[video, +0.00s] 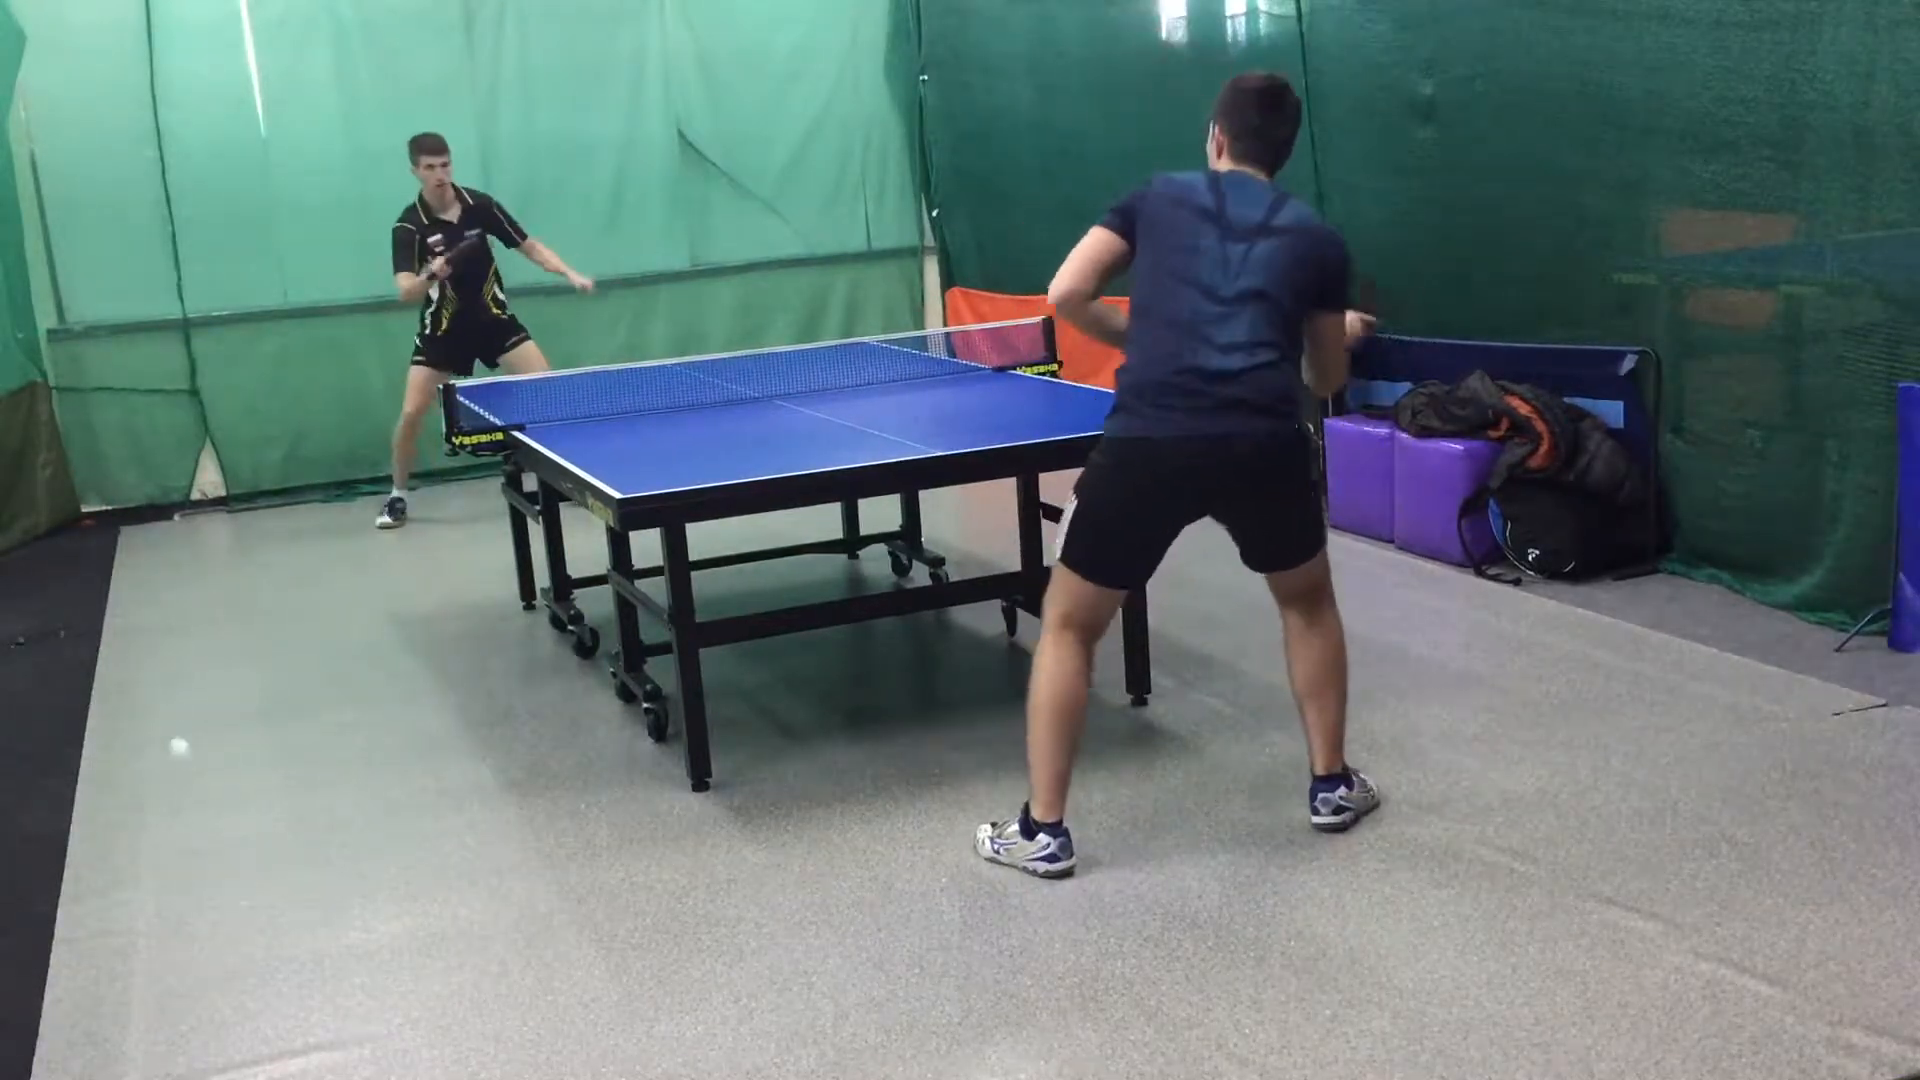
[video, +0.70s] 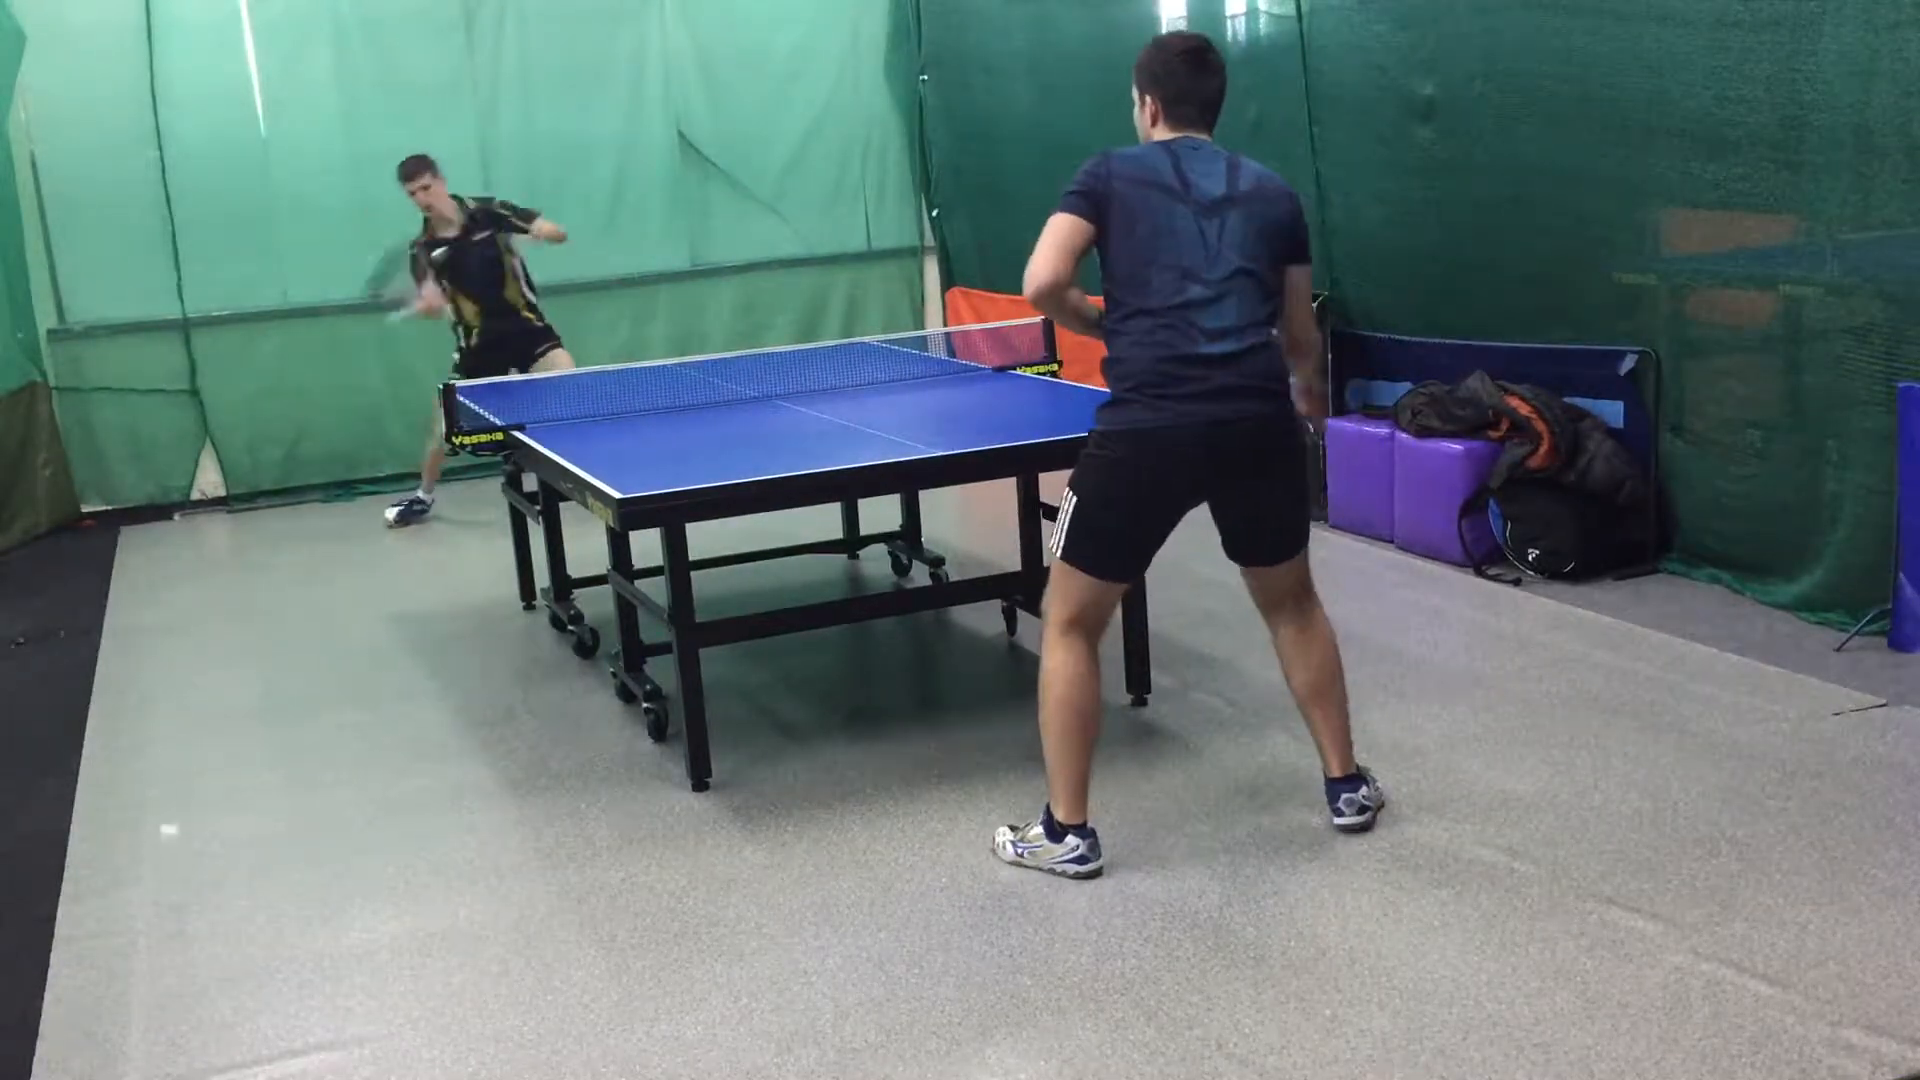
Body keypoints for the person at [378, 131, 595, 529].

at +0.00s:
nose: (441, 174)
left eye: (445, 166)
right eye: (431, 168)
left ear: (452, 165)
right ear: (416, 172)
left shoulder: (480, 205)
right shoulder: (409, 225)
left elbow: (529, 247)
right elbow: (407, 291)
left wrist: (569, 272)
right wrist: (431, 274)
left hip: (493, 318)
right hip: (443, 326)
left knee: (546, 388)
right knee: (412, 412)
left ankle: (528, 476)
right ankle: (397, 496)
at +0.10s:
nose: (422, 176)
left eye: (426, 167)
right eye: (413, 170)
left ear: (434, 164)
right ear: (398, 173)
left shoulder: (465, 204)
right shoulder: (395, 225)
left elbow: (512, 253)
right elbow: (390, 292)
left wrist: (541, 287)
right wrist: (416, 287)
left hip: (486, 312)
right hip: (437, 320)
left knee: (532, 384)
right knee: (403, 407)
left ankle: (540, 476)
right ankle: (409, 495)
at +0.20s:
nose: (400, 195)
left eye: (404, 186)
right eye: (391, 190)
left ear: (412, 182)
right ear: (376, 192)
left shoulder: (443, 219)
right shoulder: (379, 240)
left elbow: (484, 275)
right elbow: (379, 298)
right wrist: (379, 318)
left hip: (475, 312)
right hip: (432, 321)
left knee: (527, 390)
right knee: (399, 409)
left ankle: (537, 477)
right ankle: (410, 497)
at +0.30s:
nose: (381, 221)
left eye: (386, 211)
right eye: (372, 215)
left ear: (395, 205)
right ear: (360, 217)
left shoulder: (428, 243)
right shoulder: (371, 261)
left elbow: (446, 313)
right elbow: (378, 332)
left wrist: (414, 353)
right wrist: (349, 366)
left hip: (479, 326)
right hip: (436, 332)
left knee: (519, 388)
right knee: (392, 411)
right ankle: (409, 497)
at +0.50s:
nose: (376, 237)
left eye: (380, 227)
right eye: (367, 232)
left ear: (391, 217)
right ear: (356, 231)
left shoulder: (421, 251)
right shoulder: (385, 268)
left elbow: (445, 302)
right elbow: (406, 338)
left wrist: (406, 335)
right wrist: (365, 381)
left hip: (498, 338)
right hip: (452, 344)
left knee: (533, 397)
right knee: (401, 414)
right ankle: (412, 497)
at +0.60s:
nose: (391, 218)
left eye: (395, 208)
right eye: (383, 213)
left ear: (409, 200)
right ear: (376, 217)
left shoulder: (445, 229)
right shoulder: (403, 261)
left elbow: (513, 248)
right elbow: (416, 330)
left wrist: (489, 275)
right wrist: (375, 369)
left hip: (510, 329)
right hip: (464, 339)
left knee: (540, 392)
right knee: (421, 417)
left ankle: (552, 477)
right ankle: (415, 497)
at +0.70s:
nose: (421, 199)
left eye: (425, 188)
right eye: (413, 194)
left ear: (441, 181)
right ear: (409, 197)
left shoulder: (488, 211)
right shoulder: (423, 248)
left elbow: (555, 232)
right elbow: (434, 304)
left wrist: (543, 231)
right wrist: (430, 304)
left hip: (527, 328)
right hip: (478, 343)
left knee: (569, 384)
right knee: (446, 425)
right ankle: (425, 496)